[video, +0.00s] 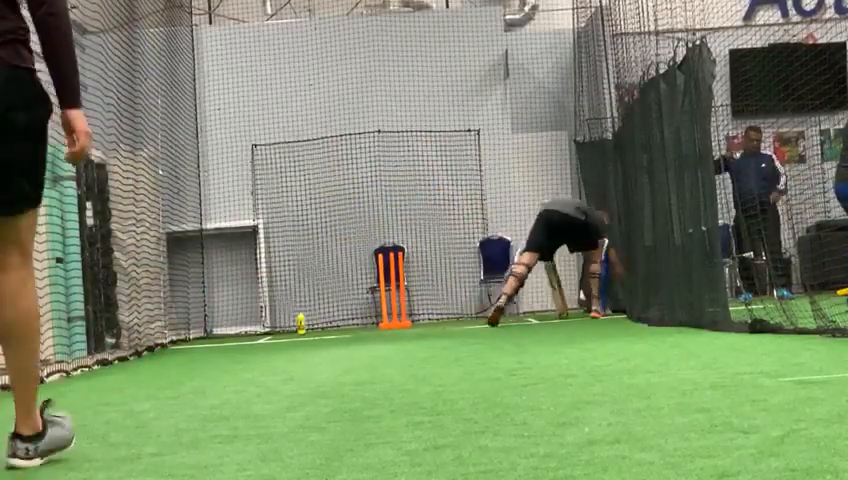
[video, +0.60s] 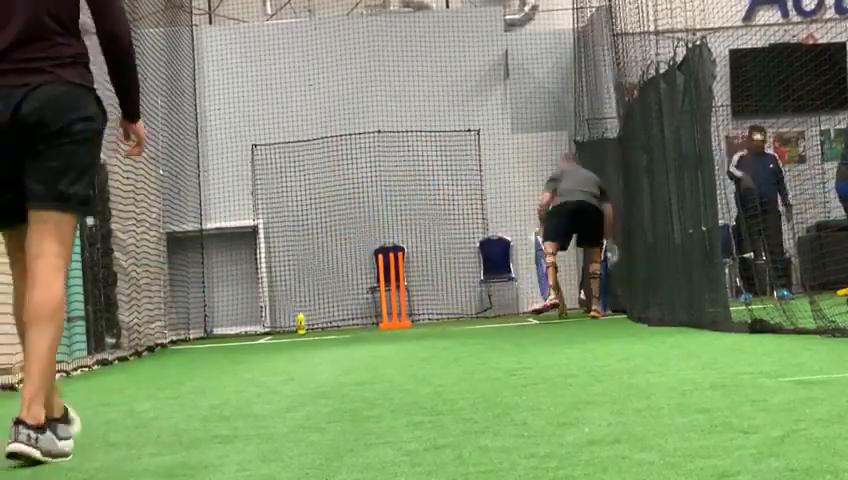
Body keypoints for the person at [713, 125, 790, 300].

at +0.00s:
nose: (755, 144)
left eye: (758, 141)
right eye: (752, 140)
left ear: (761, 142)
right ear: (744, 140)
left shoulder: (768, 159)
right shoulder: (733, 161)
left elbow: (782, 177)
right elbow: (712, 169)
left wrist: (778, 191)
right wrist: (726, 156)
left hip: (767, 209)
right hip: (743, 211)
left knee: (773, 247)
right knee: (744, 251)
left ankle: (779, 286)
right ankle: (749, 289)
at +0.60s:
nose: (759, 144)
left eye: (762, 141)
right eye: (755, 140)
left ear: (765, 141)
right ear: (749, 141)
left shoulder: (772, 158)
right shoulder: (740, 157)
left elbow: (780, 182)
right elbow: (731, 172)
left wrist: (786, 203)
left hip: (770, 209)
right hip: (748, 210)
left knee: (775, 247)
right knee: (746, 250)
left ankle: (781, 286)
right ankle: (749, 289)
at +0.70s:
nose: (761, 143)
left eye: (764, 140)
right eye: (757, 140)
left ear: (766, 141)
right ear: (749, 140)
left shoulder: (772, 158)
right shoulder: (742, 158)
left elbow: (780, 180)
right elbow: (739, 180)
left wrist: (785, 201)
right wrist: (751, 198)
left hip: (771, 206)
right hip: (750, 207)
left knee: (775, 245)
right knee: (748, 247)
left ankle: (780, 285)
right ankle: (749, 288)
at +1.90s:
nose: (758, 144)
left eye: (760, 141)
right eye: (754, 141)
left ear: (763, 141)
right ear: (745, 141)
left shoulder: (770, 158)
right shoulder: (735, 160)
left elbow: (778, 183)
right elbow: (726, 185)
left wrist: (782, 205)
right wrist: (732, 209)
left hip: (770, 211)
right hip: (746, 213)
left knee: (775, 248)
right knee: (747, 251)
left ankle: (780, 285)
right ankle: (748, 289)